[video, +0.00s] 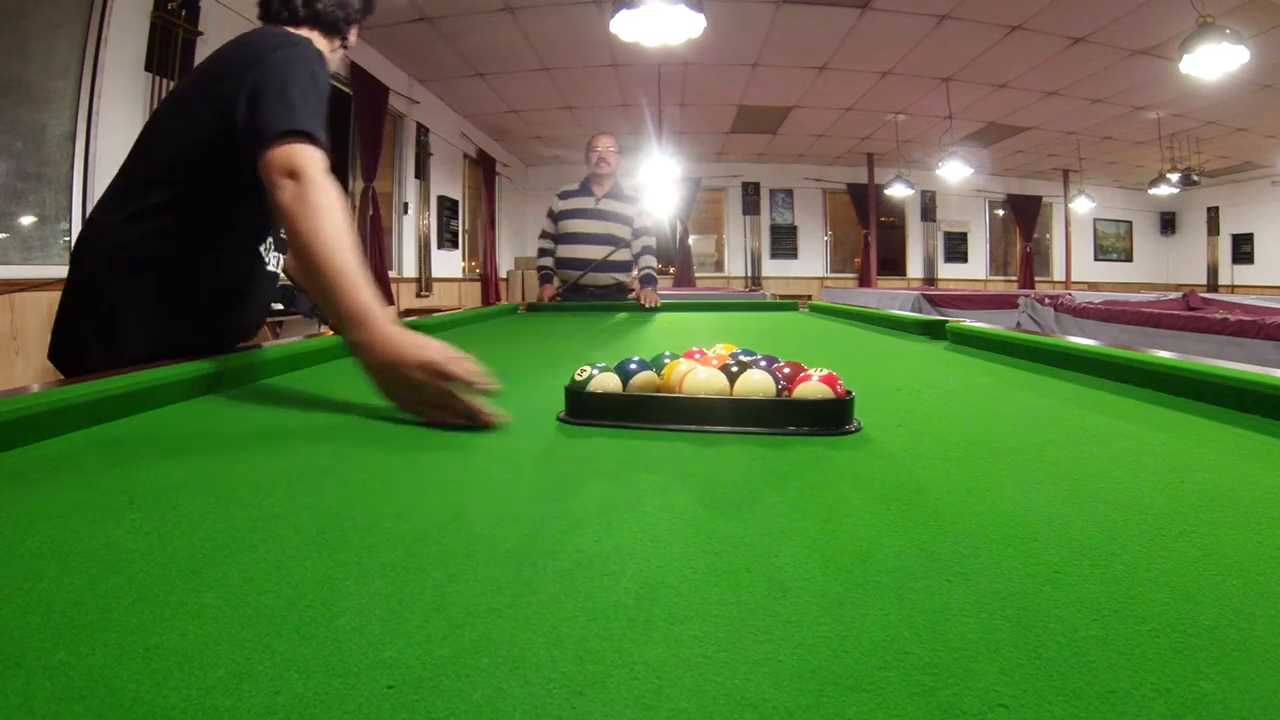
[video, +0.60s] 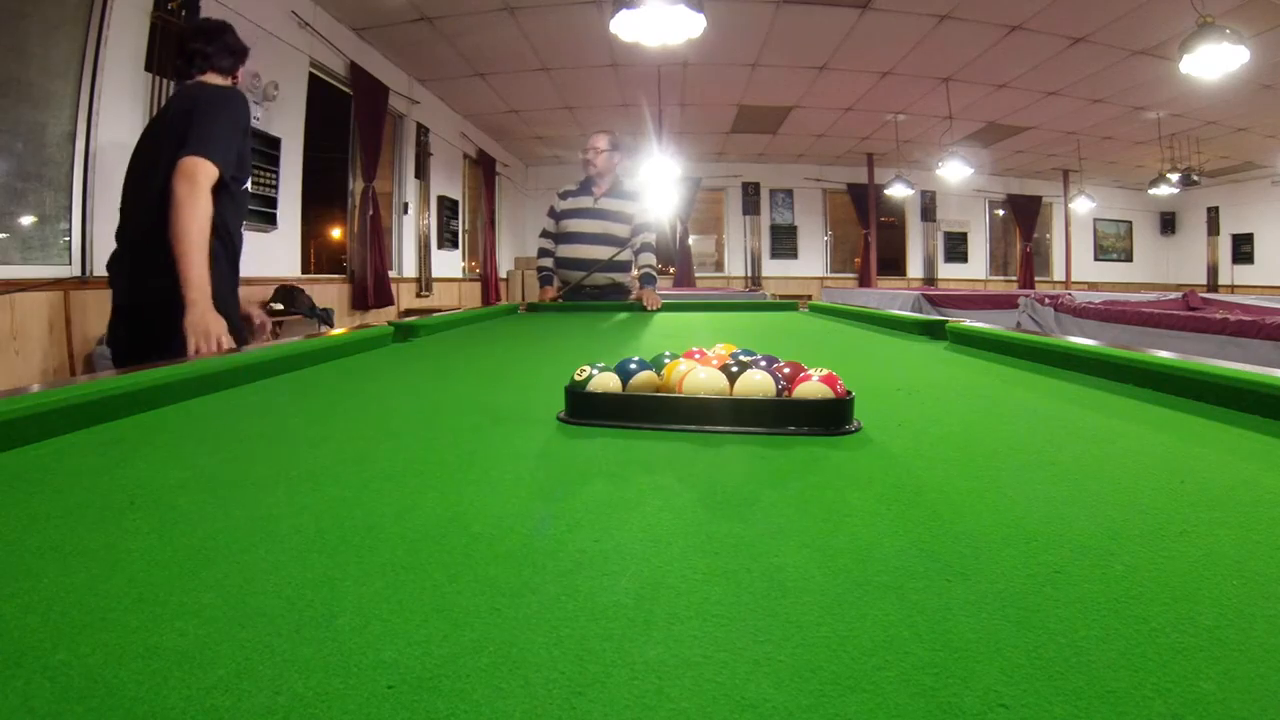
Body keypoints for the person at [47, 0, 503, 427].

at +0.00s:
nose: (350, 52)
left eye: (350, 44)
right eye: (352, 41)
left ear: (279, 14)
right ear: (348, 30)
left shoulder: (243, 63)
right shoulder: (287, 54)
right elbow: (295, 178)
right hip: (142, 343)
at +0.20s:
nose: (303, 39)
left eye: (304, 28)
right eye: (303, 27)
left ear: (237, 18)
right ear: (293, 29)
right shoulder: (254, 54)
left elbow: (259, 217)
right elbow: (239, 157)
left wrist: (330, 289)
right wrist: (286, 298)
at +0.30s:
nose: (277, 50)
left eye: (279, 39)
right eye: (277, 38)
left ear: (215, 30)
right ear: (268, 41)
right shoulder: (238, 64)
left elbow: (228, 225)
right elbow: (218, 147)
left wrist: (296, 275)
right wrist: (246, 286)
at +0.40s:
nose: (256, 67)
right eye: (256, 58)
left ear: (193, 46)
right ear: (250, 55)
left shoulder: (171, 108)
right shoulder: (224, 80)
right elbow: (199, 162)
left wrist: (265, 277)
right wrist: (211, 295)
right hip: (174, 338)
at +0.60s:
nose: (244, 78)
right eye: (244, 69)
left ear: (182, 65)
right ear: (237, 70)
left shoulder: (163, 120)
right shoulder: (222, 100)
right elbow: (191, 181)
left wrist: (233, 305)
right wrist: (200, 306)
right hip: (185, 330)